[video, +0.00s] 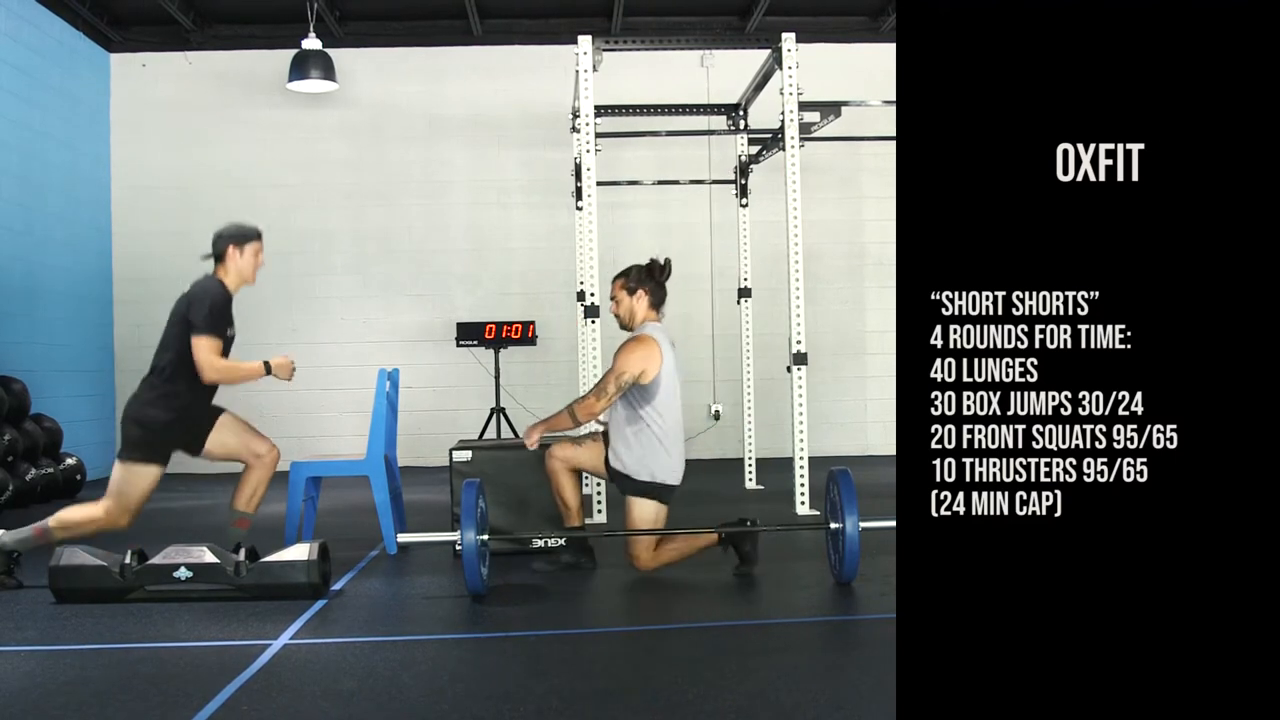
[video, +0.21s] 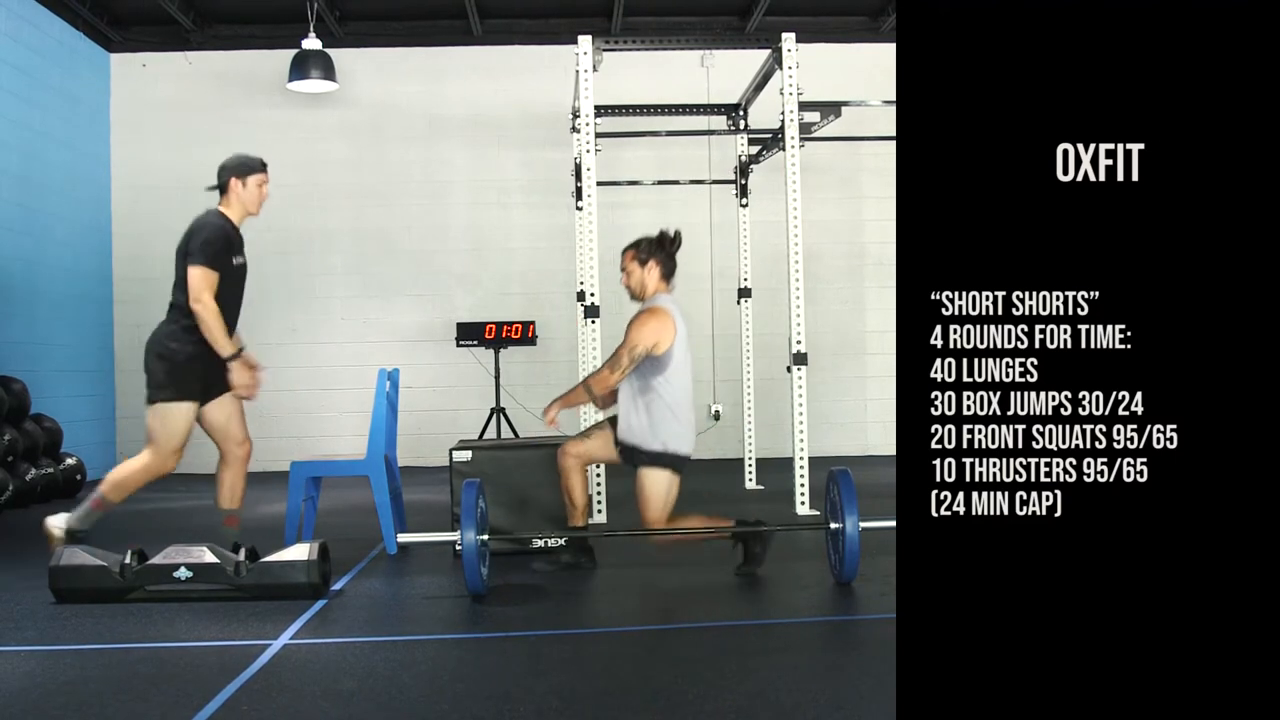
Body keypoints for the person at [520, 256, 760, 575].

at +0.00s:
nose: (612, 308)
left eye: (616, 299)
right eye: (612, 301)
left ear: (640, 296)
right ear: (641, 297)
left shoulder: (639, 348)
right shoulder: (653, 340)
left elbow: (591, 406)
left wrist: (541, 427)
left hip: (651, 464)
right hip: (627, 450)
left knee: (643, 557)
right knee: (558, 455)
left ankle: (729, 533)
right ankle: (576, 545)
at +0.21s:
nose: (623, 280)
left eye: (627, 271)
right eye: (623, 272)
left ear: (651, 269)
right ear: (653, 271)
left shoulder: (651, 321)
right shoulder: (662, 312)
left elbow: (607, 377)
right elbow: (643, 379)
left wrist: (558, 404)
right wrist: (605, 399)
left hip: (661, 438)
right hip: (637, 428)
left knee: (658, 531)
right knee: (570, 455)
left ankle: (744, 530)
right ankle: (577, 543)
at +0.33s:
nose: (634, 240)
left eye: (638, 232)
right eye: (633, 232)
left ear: (662, 228)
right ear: (663, 230)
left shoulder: (664, 278)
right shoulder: (675, 274)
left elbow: (630, 338)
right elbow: (666, 341)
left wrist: (589, 377)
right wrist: (629, 368)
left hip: (683, 400)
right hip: (660, 397)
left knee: (690, 487)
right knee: (613, 449)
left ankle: (768, 535)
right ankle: (593, 536)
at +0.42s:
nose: (640, 224)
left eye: (644, 216)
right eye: (640, 217)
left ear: (667, 212)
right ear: (672, 214)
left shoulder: (672, 260)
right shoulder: (685, 256)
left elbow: (645, 319)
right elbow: (677, 323)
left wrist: (605, 365)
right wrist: (641, 353)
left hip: (693, 382)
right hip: (674, 381)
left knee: (718, 466)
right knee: (628, 437)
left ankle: (776, 539)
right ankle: (644, 529)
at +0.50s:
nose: (645, 219)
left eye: (649, 210)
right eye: (644, 211)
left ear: (672, 206)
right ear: (675, 208)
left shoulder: (677, 254)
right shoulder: (684, 253)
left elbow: (654, 313)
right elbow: (673, 323)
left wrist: (613, 358)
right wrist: (640, 351)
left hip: (702, 378)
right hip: (680, 378)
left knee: (735, 458)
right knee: (649, 443)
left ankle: (779, 540)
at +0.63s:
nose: (649, 222)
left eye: (653, 213)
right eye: (648, 215)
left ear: (676, 209)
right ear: (677, 211)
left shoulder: (686, 256)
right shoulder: (681, 257)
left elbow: (665, 317)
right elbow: (666, 325)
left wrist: (621, 358)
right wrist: (629, 351)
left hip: (704, 378)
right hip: (690, 380)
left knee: (724, 459)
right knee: (699, 458)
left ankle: (778, 541)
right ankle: (763, 530)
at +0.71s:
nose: (648, 223)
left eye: (652, 214)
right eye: (647, 215)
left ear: (675, 209)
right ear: (677, 212)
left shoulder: (684, 257)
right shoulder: (693, 255)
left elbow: (670, 316)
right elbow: (678, 322)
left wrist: (630, 358)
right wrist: (635, 344)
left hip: (698, 380)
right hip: (713, 377)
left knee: (688, 465)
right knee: (715, 458)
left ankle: (761, 529)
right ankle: (766, 531)